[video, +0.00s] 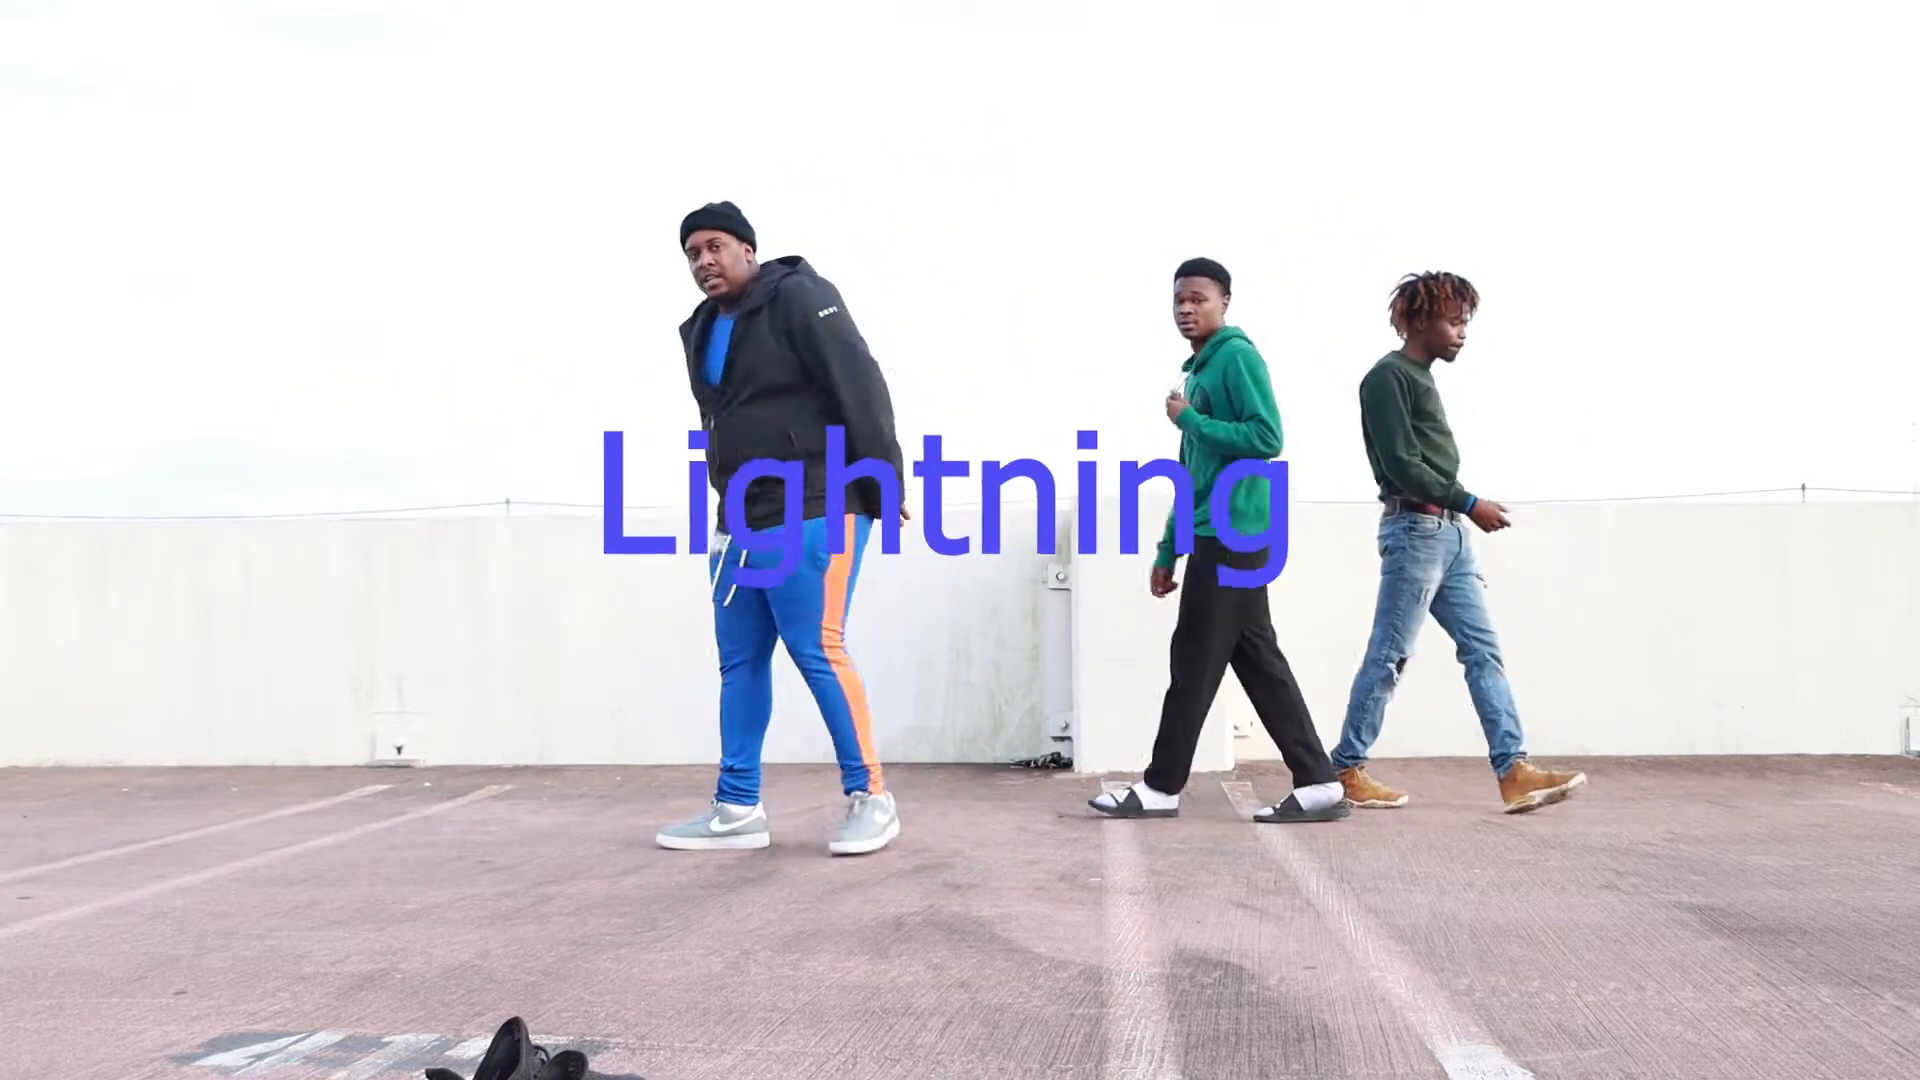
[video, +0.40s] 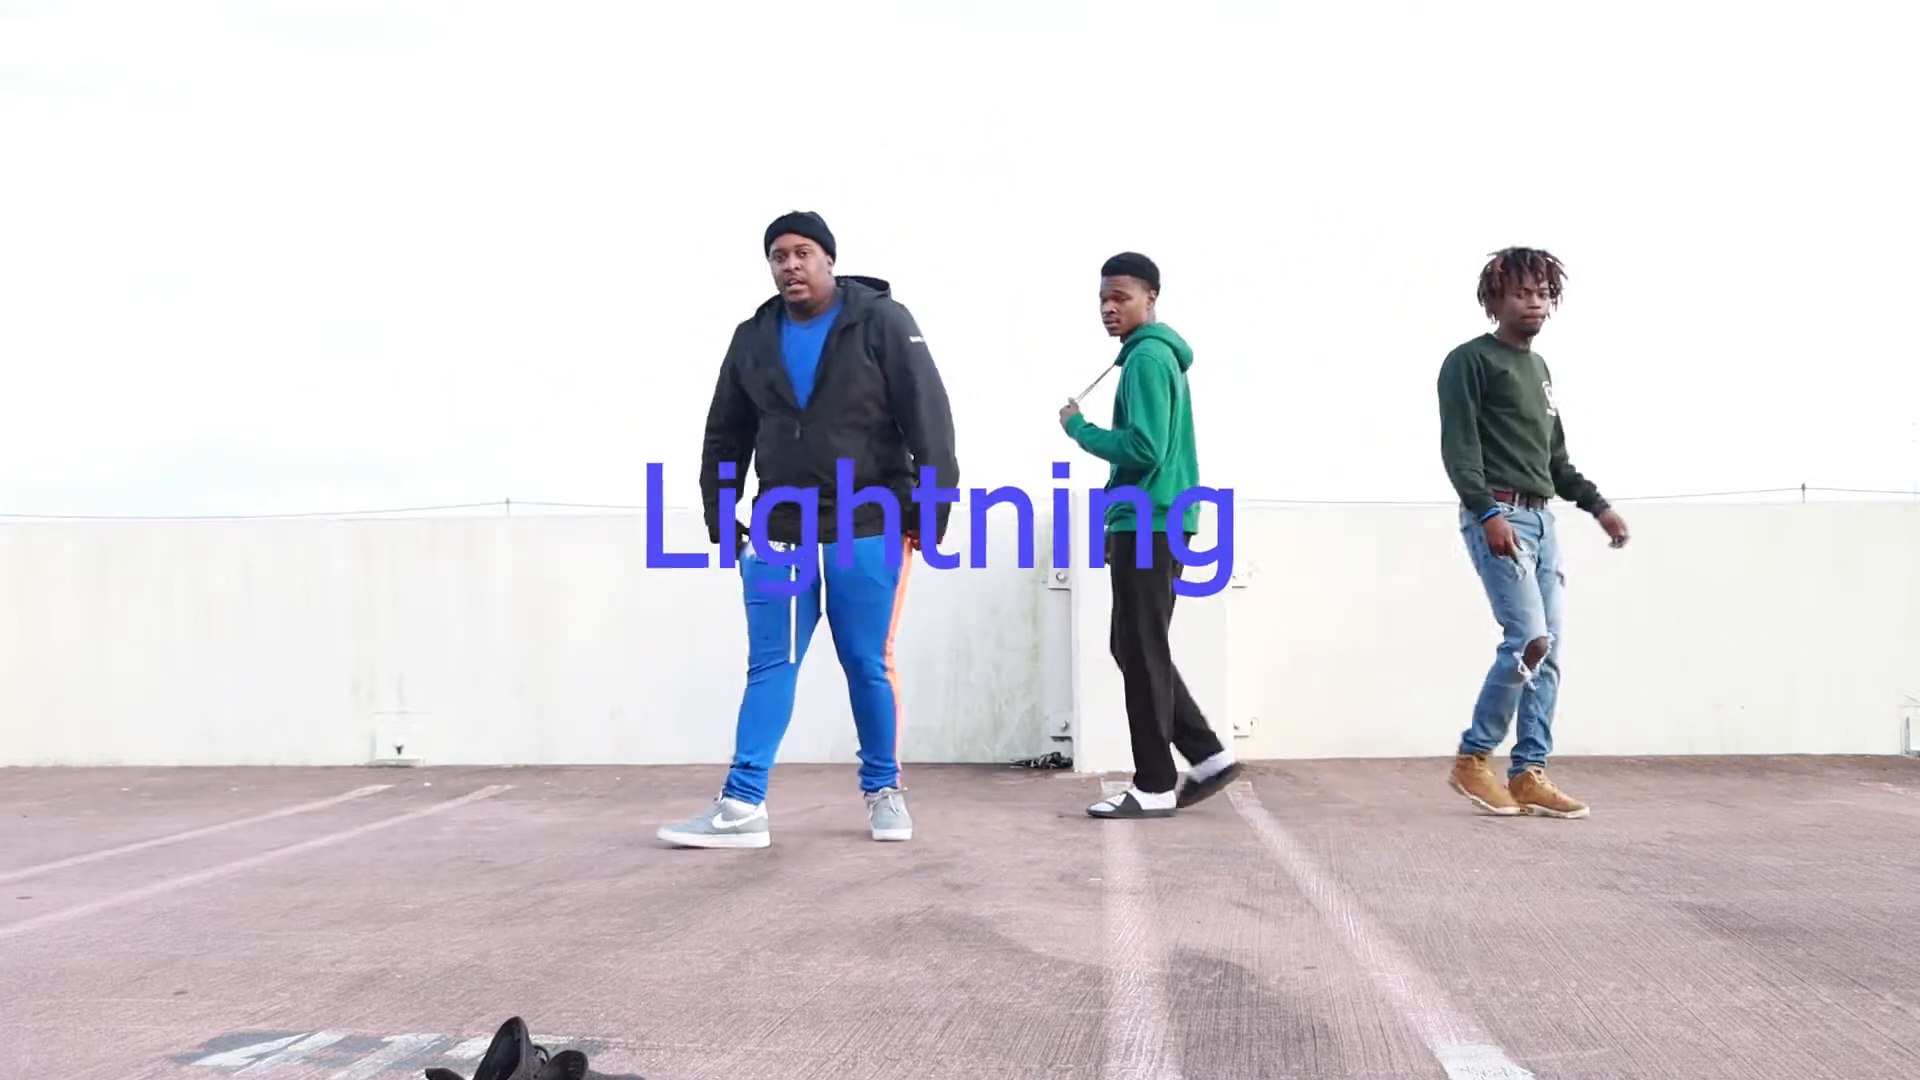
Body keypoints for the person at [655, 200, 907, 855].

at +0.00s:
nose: (704, 261)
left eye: (715, 247)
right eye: (695, 254)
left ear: (747, 248)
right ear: (690, 267)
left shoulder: (798, 293)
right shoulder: (703, 332)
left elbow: (859, 381)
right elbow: (721, 422)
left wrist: (882, 482)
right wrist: (726, 497)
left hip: (817, 505)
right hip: (744, 515)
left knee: (816, 646)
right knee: (741, 659)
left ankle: (870, 799)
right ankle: (737, 806)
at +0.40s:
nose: (790, 265)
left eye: (802, 253)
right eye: (780, 257)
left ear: (830, 258)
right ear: (770, 269)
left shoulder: (881, 321)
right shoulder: (755, 335)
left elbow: (929, 413)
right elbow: (725, 431)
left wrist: (933, 508)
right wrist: (722, 513)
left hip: (867, 519)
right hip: (778, 523)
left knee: (866, 660)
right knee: (769, 661)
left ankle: (884, 792)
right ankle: (742, 802)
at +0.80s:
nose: (898, 302)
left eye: (911, 292)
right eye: (887, 289)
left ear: (927, 291)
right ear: (864, 280)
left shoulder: (952, 349)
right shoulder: (815, 327)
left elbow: (974, 443)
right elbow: (756, 405)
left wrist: (970, 524)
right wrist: (750, 495)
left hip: (899, 521)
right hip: (815, 516)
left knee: (885, 652)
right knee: (814, 652)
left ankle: (886, 790)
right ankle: (832, 783)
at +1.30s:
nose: (887, 319)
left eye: (898, 307)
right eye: (875, 307)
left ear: (912, 303)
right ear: (852, 301)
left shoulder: (943, 352)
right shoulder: (814, 351)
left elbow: (1001, 420)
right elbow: (762, 413)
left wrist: (1065, 490)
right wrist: (722, 487)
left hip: (906, 528)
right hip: (825, 530)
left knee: (895, 649)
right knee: (839, 663)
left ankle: (896, 784)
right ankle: (852, 784)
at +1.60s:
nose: (892, 292)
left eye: (902, 281)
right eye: (879, 280)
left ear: (917, 282)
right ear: (858, 280)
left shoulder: (948, 333)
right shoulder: (819, 331)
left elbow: (1024, 366)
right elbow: (752, 363)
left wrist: (1105, 395)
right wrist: (680, 391)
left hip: (921, 525)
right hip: (835, 526)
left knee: (917, 648)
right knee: (848, 662)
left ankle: (926, 788)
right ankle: (854, 787)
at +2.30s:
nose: (911, 255)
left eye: (922, 247)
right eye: (898, 245)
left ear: (936, 261)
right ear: (875, 256)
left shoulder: (969, 315)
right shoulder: (835, 307)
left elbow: (1036, 331)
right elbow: (765, 340)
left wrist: (1096, 312)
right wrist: (732, 316)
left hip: (941, 508)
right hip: (853, 506)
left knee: (933, 661)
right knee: (860, 654)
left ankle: (925, 798)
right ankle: (850, 804)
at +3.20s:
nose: (915, 286)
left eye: (927, 274)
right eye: (903, 275)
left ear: (947, 267)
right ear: (887, 269)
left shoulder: (986, 314)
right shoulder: (854, 314)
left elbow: (1052, 374)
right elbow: (785, 378)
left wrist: (1041, 387)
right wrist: (817, 379)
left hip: (955, 509)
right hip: (869, 505)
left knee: (941, 655)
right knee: (869, 643)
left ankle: (925, 796)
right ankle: (855, 791)